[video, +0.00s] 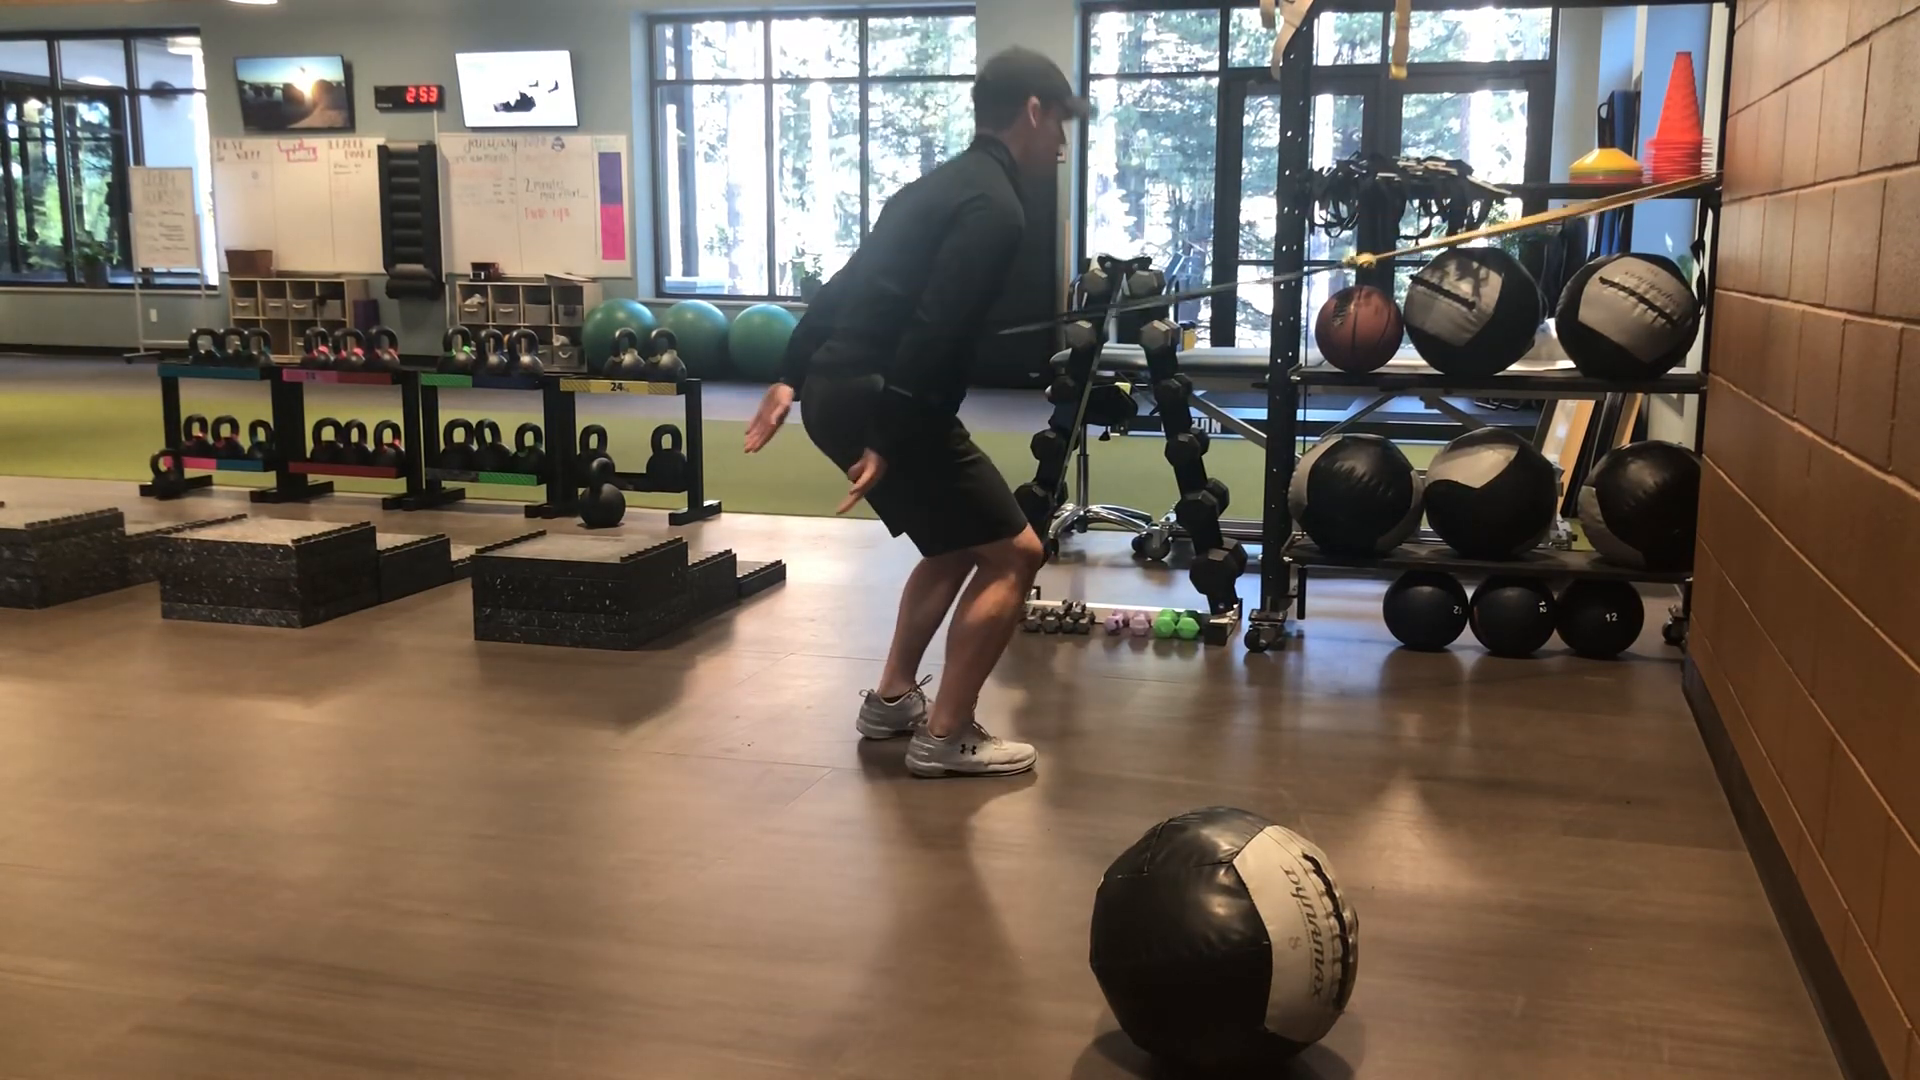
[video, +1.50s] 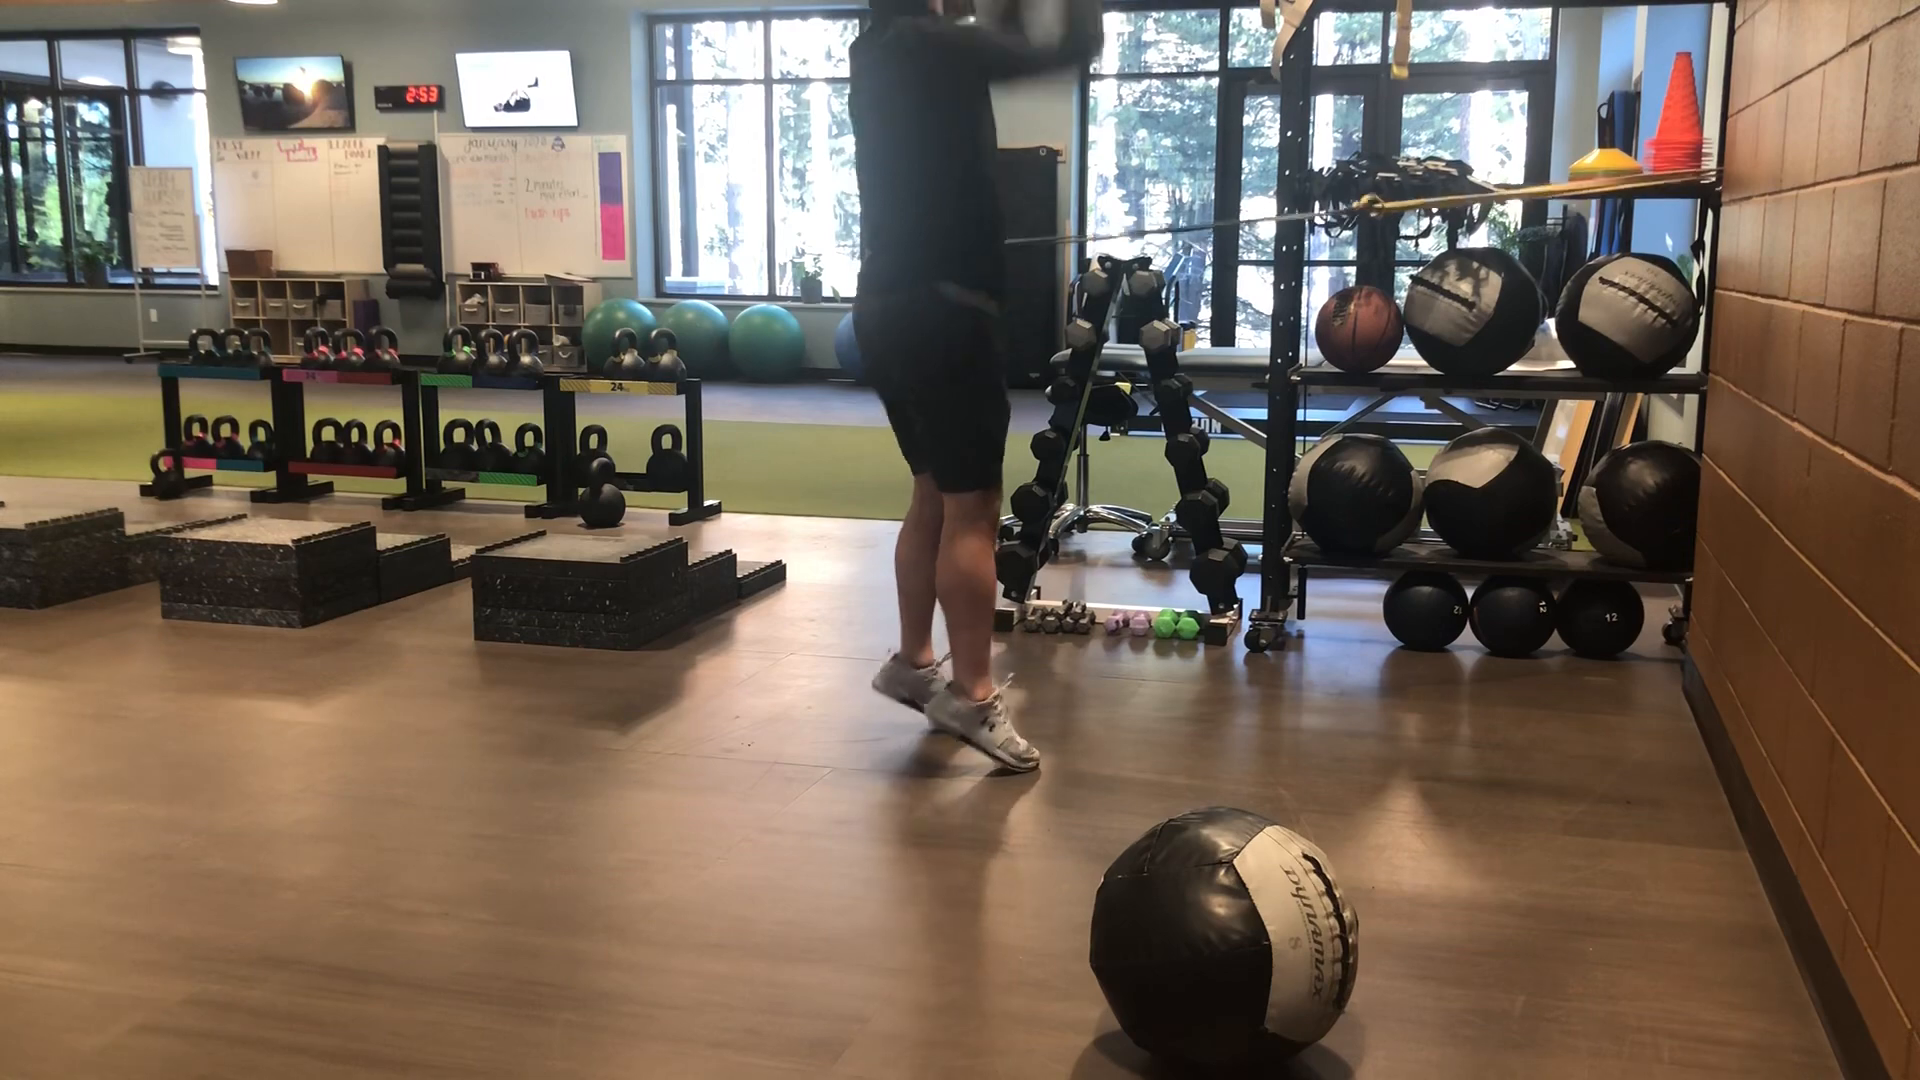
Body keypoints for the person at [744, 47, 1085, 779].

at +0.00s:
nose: (1064, 140)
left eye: (1065, 124)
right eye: (1060, 122)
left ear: (1001, 116)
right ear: (1029, 114)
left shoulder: (932, 185)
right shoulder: (995, 207)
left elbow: (849, 282)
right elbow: (939, 326)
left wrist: (791, 376)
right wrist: (890, 438)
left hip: (832, 386)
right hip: (884, 395)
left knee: (952, 542)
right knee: (1015, 553)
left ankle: (892, 698)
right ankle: (948, 732)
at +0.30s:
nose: (1012, 40)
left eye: (1013, 25)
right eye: (1010, 23)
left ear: (951, 20)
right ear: (980, 17)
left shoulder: (893, 105)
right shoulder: (957, 118)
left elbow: (862, 247)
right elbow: (948, 264)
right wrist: (967, 393)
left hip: (862, 348)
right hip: (913, 352)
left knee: (935, 529)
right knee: (975, 542)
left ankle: (889, 695)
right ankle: (944, 734)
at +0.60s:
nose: (980, 17)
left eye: (977, 7)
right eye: (976, 6)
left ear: (911, 12)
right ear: (948, 7)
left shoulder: (867, 99)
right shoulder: (943, 104)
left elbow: (863, 235)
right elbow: (960, 250)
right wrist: (1005, 361)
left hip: (870, 332)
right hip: (934, 338)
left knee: (889, 519)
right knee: (948, 540)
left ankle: (885, 698)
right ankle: (943, 731)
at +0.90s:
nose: (980, 16)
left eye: (976, 6)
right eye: (976, 5)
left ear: (912, 13)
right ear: (949, 6)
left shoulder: (872, 96)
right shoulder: (946, 102)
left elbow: (956, 179)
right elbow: (1032, 205)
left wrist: (1045, 169)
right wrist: (1120, 182)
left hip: (876, 338)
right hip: (935, 346)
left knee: (902, 526)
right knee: (947, 543)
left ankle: (885, 700)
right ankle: (943, 731)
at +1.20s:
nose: (978, 15)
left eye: (979, 10)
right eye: (974, 7)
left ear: (898, 5)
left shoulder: (871, 63)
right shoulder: (944, 49)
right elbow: (1054, 21)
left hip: (893, 307)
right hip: (952, 308)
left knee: (930, 496)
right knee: (971, 511)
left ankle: (914, 658)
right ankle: (969, 698)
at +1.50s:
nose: (967, 11)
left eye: (965, 7)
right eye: (962, 4)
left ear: (891, 1)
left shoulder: (871, 52)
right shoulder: (939, 43)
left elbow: (995, 49)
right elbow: (1072, 46)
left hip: (888, 302)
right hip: (946, 304)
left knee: (933, 493)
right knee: (973, 508)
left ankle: (912, 658)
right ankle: (973, 698)